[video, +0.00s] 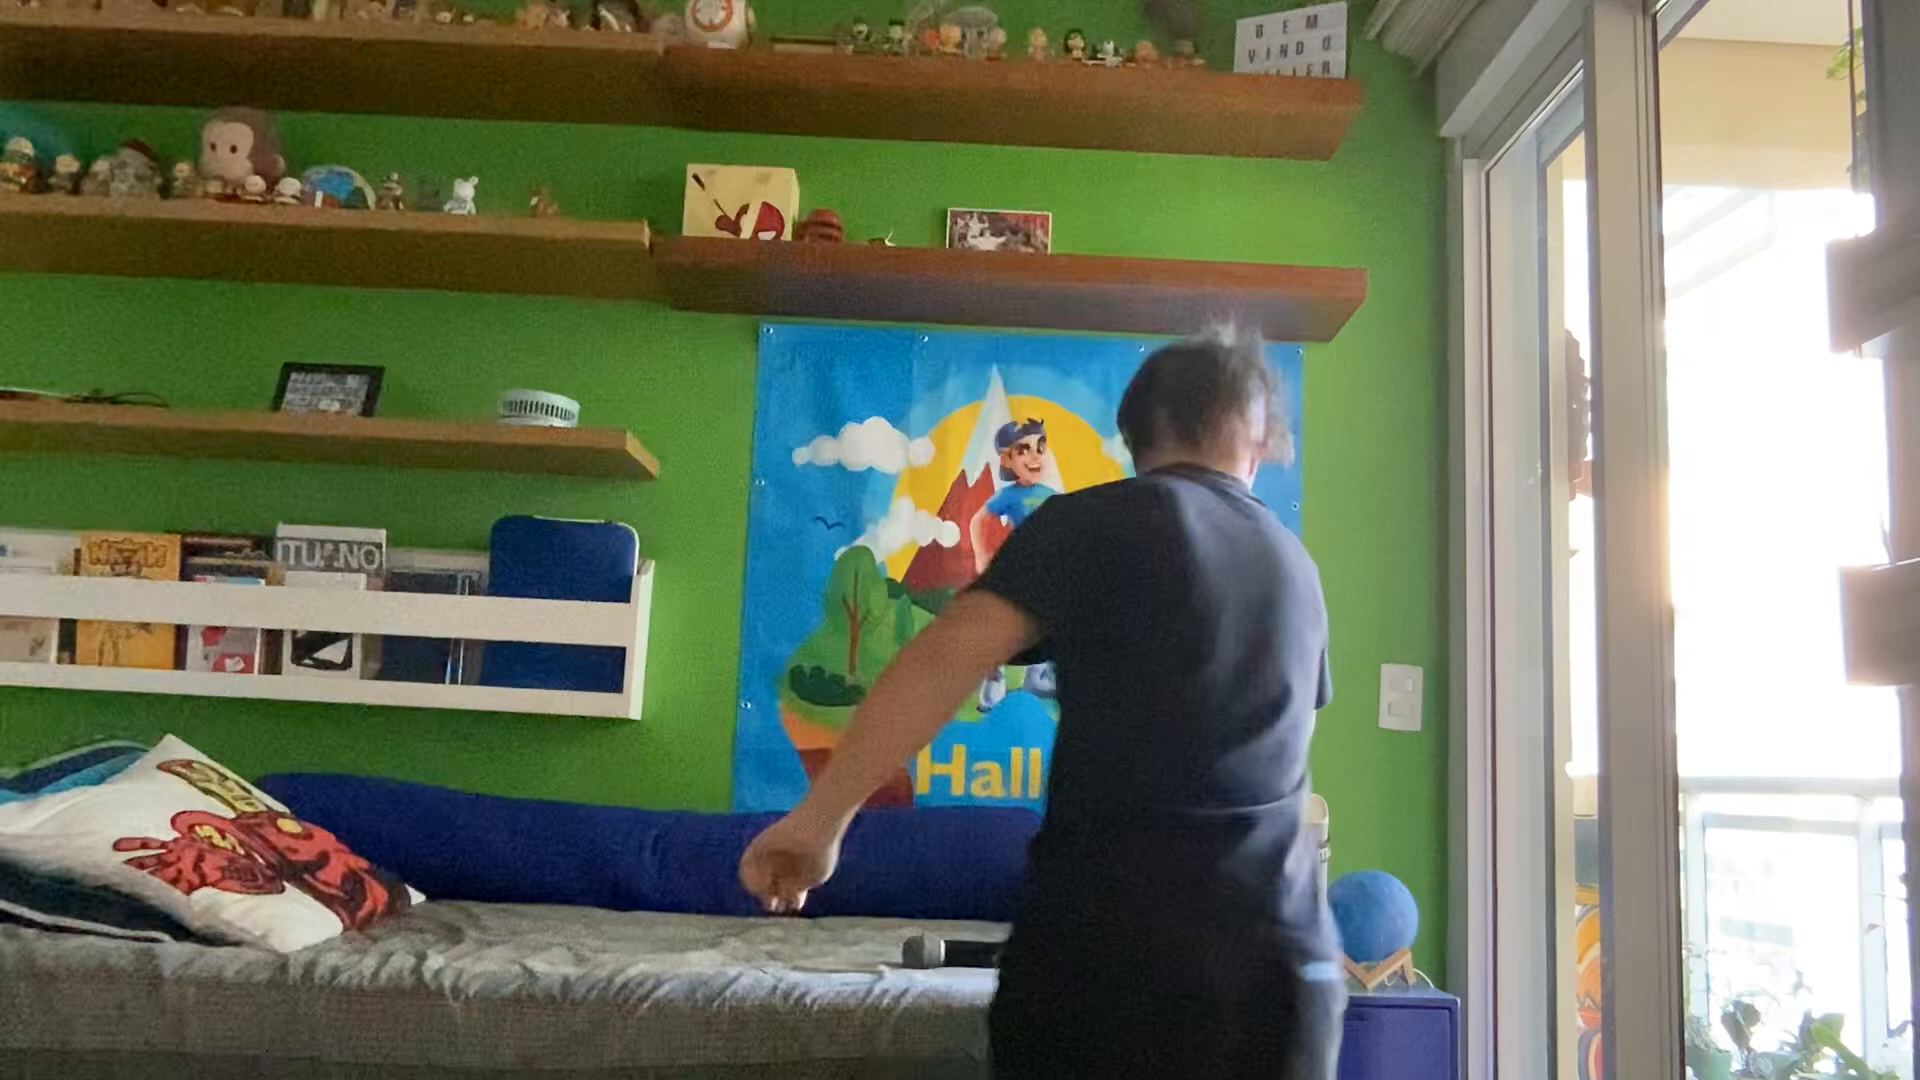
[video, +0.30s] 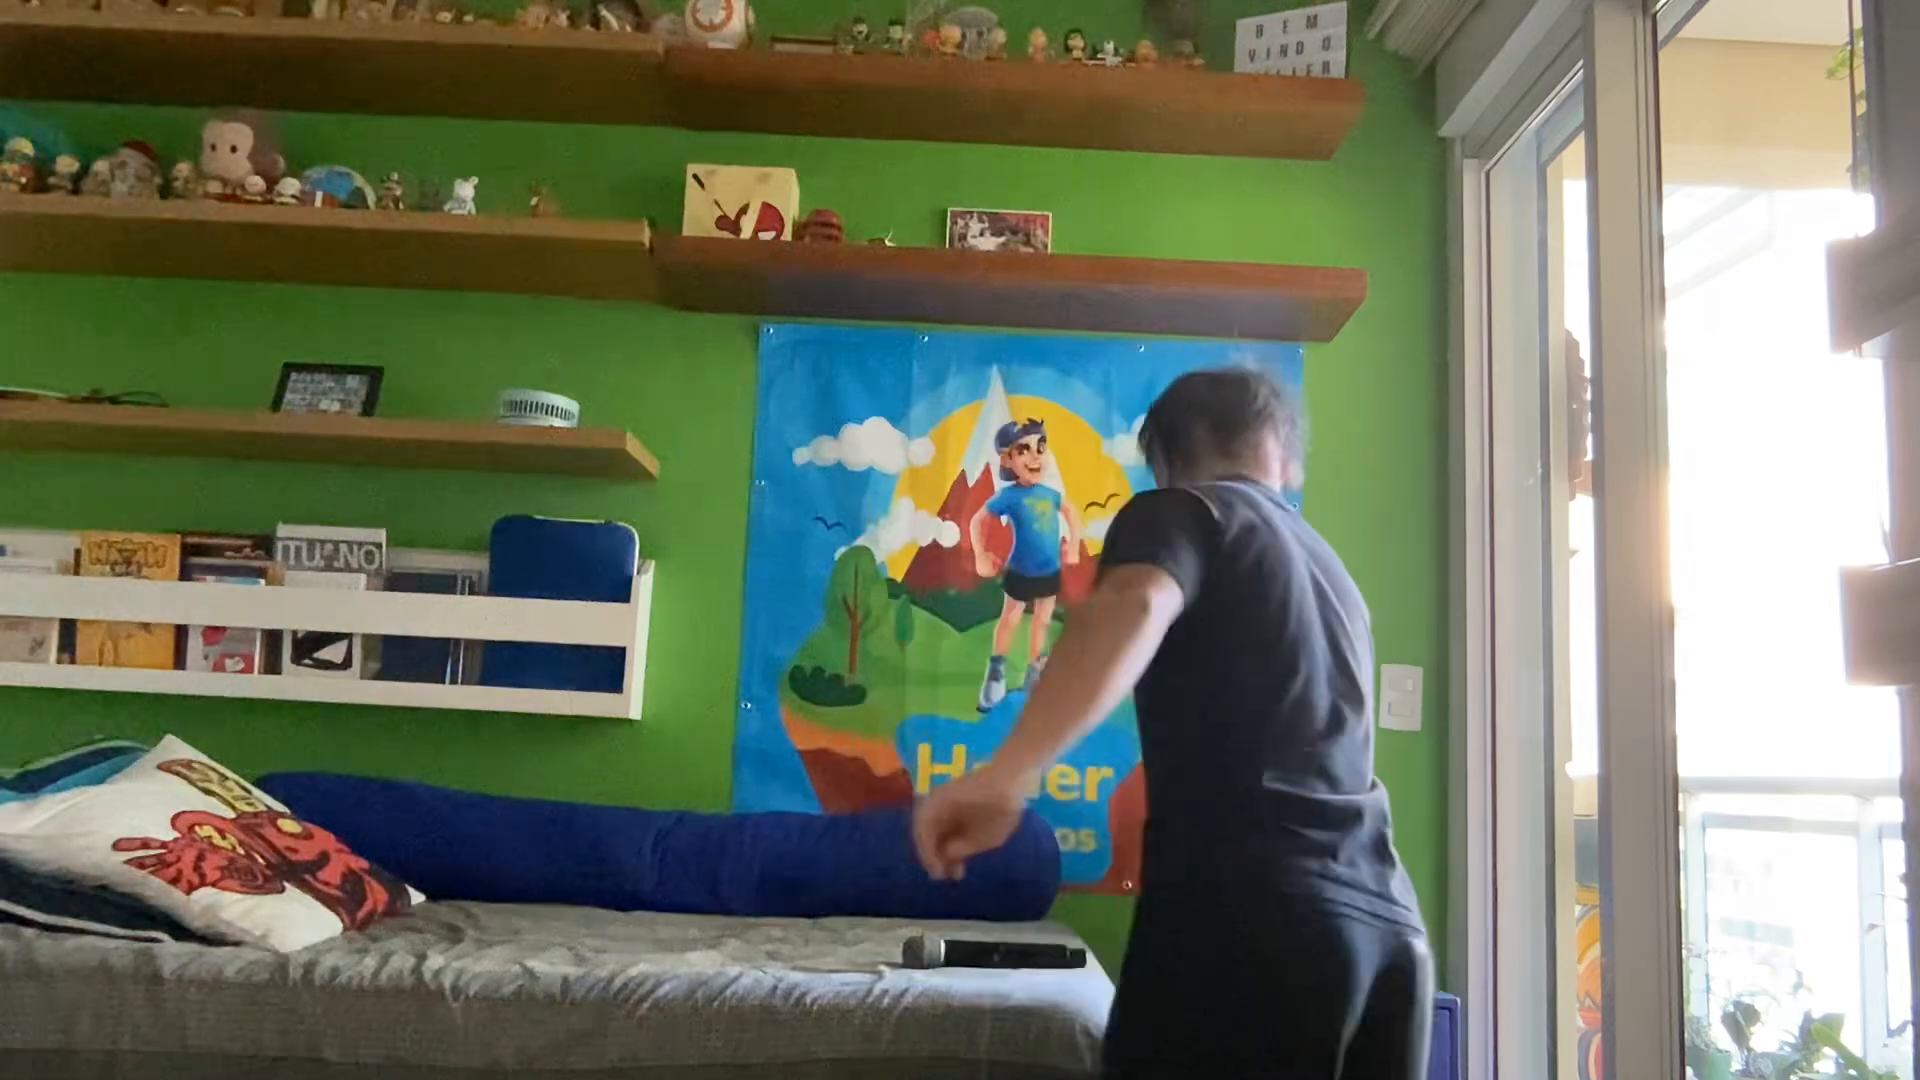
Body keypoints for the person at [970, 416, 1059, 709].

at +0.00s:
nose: (1033, 460)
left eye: (1038, 450)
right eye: (1022, 452)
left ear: (1046, 454)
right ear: (1006, 460)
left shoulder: (1051, 493)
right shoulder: (1009, 494)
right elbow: (977, 521)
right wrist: (982, 560)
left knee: (1049, 624)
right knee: (999, 624)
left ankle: (1041, 672)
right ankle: (995, 677)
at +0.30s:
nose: (1033, 458)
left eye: (1039, 450)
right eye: (1023, 451)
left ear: (1045, 456)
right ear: (1008, 460)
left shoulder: (1051, 494)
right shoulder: (1007, 495)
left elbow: (1071, 515)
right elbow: (977, 520)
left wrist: (1074, 544)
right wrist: (981, 555)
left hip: (1049, 570)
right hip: (1019, 571)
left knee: (1043, 620)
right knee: (1010, 618)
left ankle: (1036, 669)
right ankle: (996, 668)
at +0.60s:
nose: (1033, 458)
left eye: (1039, 450)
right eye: (1023, 451)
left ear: (1045, 455)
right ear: (1008, 460)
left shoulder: (1051, 494)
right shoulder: (1008, 496)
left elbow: (1071, 514)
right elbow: (977, 521)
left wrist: (1074, 543)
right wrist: (981, 556)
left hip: (1049, 570)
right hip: (1020, 572)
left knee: (1043, 619)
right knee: (1010, 619)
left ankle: (1037, 669)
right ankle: (995, 672)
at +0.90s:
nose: (1034, 457)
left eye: (1039, 449)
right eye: (1023, 450)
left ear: (1046, 454)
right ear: (1008, 460)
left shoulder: (1051, 494)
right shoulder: (1008, 496)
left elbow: (1070, 513)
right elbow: (977, 521)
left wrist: (1074, 543)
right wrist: (981, 556)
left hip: (1049, 570)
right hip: (1020, 571)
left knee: (1043, 619)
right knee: (1010, 619)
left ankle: (1037, 669)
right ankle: (996, 672)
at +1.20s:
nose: (1034, 458)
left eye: (1039, 450)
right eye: (1023, 451)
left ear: (1046, 454)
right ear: (1008, 460)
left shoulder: (1050, 494)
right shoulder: (1007, 496)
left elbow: (1070, 513)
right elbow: (977, 521)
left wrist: (1074, 543)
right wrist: (981, 556)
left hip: (1049, 570)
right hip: (1020, 571)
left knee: (1043, 619)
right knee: (1010, 619)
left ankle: (1037, 669)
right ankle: (995, 671)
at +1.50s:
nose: (1034, 458)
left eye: (1039, 449)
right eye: (1024, 451)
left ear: (1046, 454)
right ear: (1007, 460)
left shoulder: (1050, 494)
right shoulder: (1007, 496)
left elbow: (1069, 512)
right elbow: (977, 520)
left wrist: (1074, 541)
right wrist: (981, 556)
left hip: (1049, 570)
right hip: (1020, 572)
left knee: (1043, 619)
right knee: (1009, 619)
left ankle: (1037, 669)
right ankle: (995, 671)